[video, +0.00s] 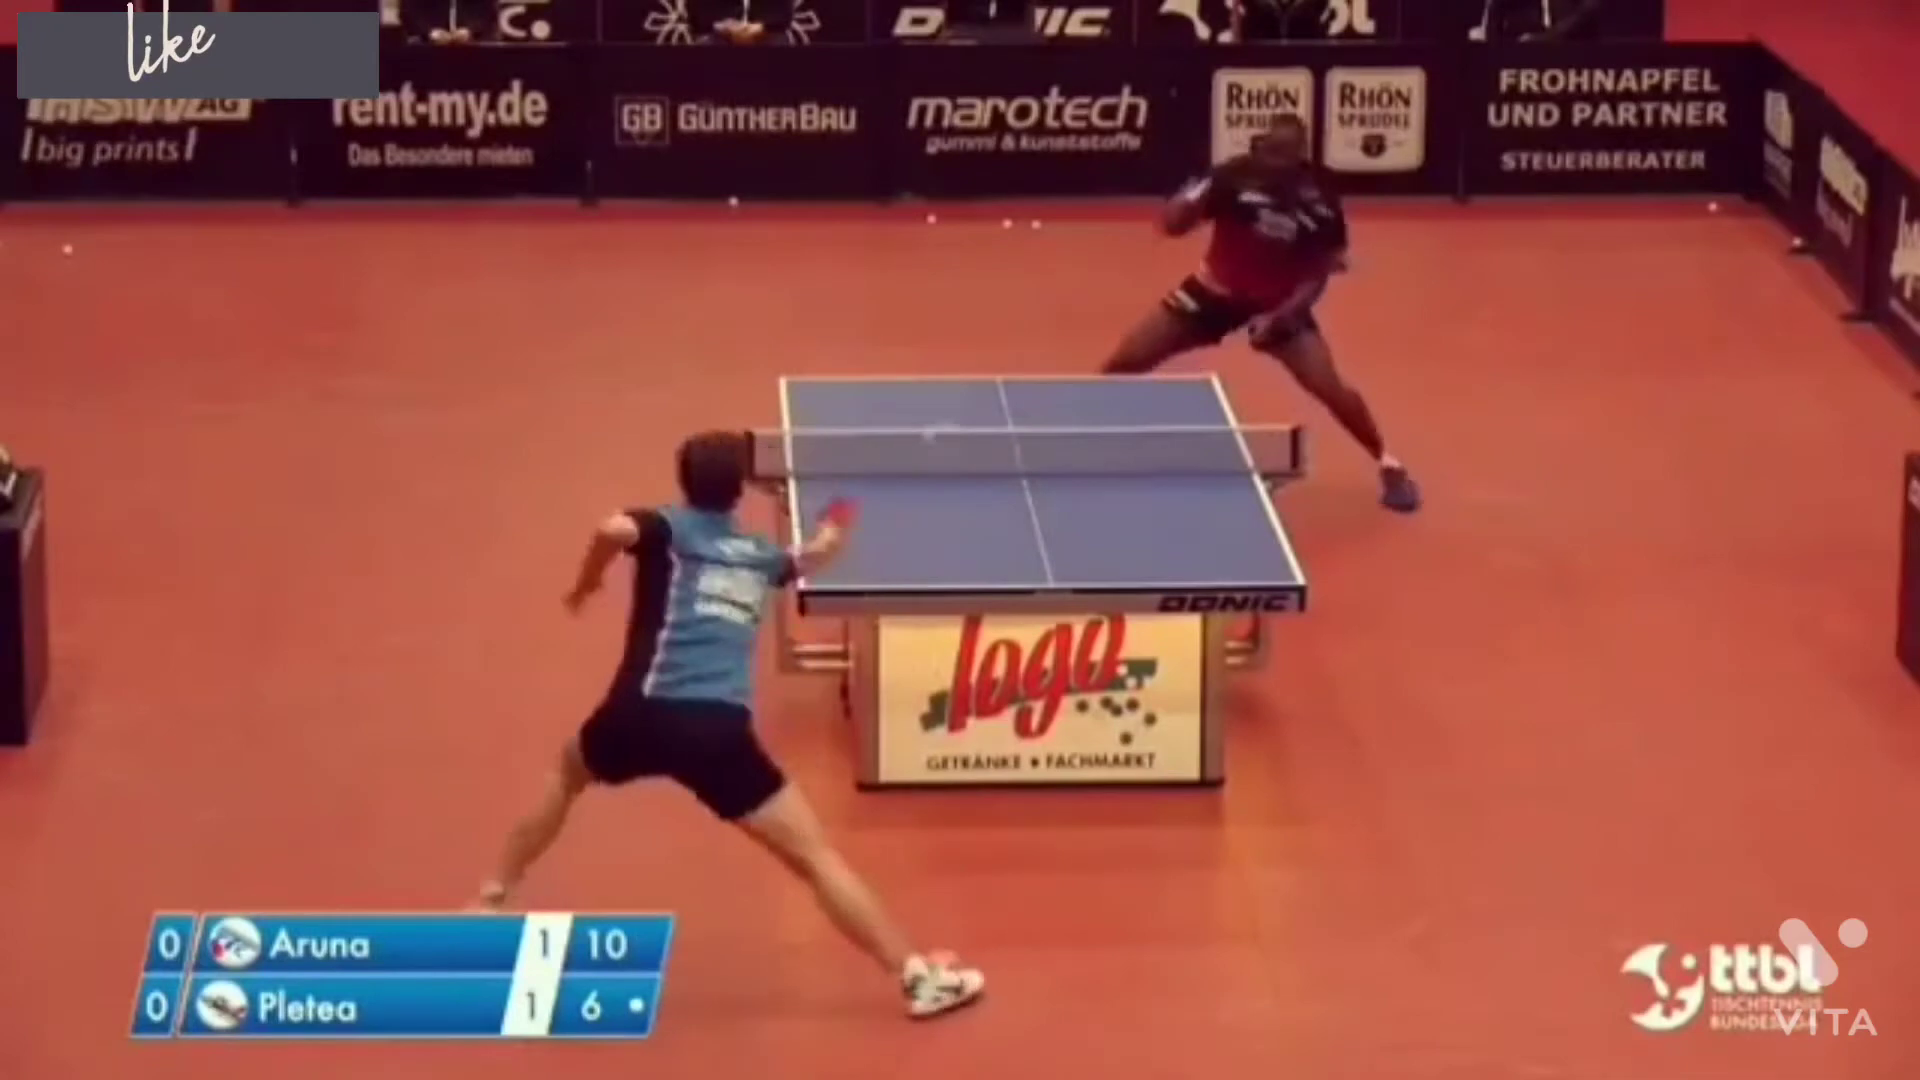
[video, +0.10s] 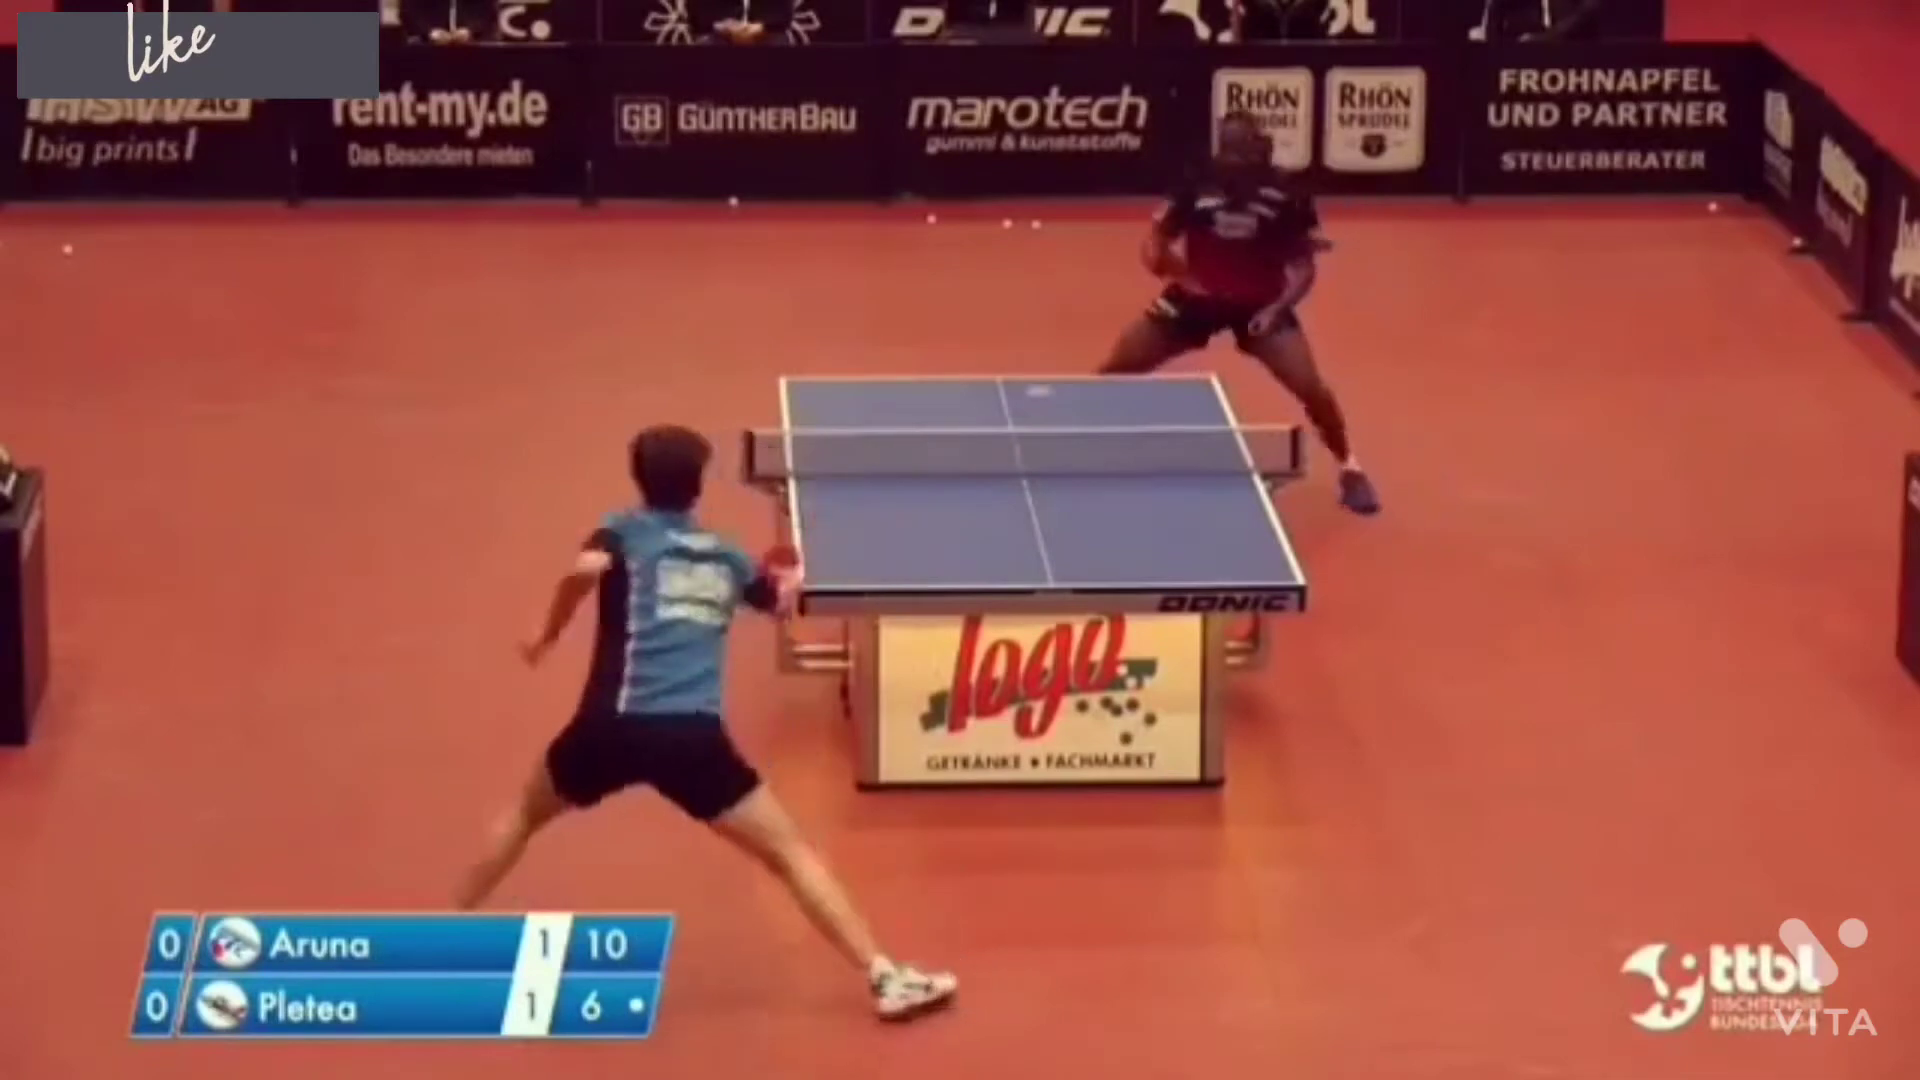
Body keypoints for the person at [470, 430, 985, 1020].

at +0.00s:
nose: (743, 488)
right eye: (744, 479)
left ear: (686, 483)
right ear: (740, 490)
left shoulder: (666, 525)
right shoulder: (762, 553)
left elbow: (610, 532)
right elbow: (805, 563)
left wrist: (585, 585)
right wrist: (831, 539)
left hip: (638, 718)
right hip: (719, 732)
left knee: (567, 779)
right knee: (816, 858)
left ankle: (497, 889)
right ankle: (916, 973)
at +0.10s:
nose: (694, 484)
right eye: (696, 474)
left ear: (640, 481)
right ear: (697, 486)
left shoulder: (621, 532)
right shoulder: (723, 554)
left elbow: (581, 575)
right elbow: (776, 603)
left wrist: (545, 638)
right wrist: (781, 574)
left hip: (612, 733)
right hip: (693, 740)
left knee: (525, 819)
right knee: (790, 853)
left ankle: (446, 929)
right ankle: (885, 975)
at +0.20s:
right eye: (680, 484)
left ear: (626, 493)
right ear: (683, 498)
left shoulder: (594, 559)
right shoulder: (711, 572)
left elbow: (522, 601)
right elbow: (777, 633)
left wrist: (529, 657)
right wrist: (789, 593)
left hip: (597, 744)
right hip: (684, 751)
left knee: (512, 809)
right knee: (782, 838)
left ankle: (440, 929)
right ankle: (849, 962)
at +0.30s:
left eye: (669, 467)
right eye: (710, 470)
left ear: (656, 478)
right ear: (715, 482)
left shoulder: (617, 541)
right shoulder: (741, 557)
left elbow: (545, 579)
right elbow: (795, 619)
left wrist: (563, 618)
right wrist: (812, 591)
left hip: (617, 730)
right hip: (708, 734)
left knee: (526, 807)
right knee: (816, 816)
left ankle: (446, 925)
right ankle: (870, 946)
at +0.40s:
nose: (787, 480)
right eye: (785, 471)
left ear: (720, 474)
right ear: (779, 480)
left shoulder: (678, 529)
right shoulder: (790, 553)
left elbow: (599, 573)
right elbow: (850, 617)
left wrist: (634, 599)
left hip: (658, 720)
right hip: (741, 728)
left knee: (578, 780)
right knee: (849, 829)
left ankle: (523, 905)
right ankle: (933, 960)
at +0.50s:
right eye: (827, 499)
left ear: (772, 499)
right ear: (825, 511)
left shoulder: (721, 554)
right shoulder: (828, 581)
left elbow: (655, 591)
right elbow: (860, 664)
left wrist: (718, 602)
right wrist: (897, 670)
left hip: (688, 743)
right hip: (769, 752)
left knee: (614, 806)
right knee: (880, 821)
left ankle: (554, 928)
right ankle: (941, 960)